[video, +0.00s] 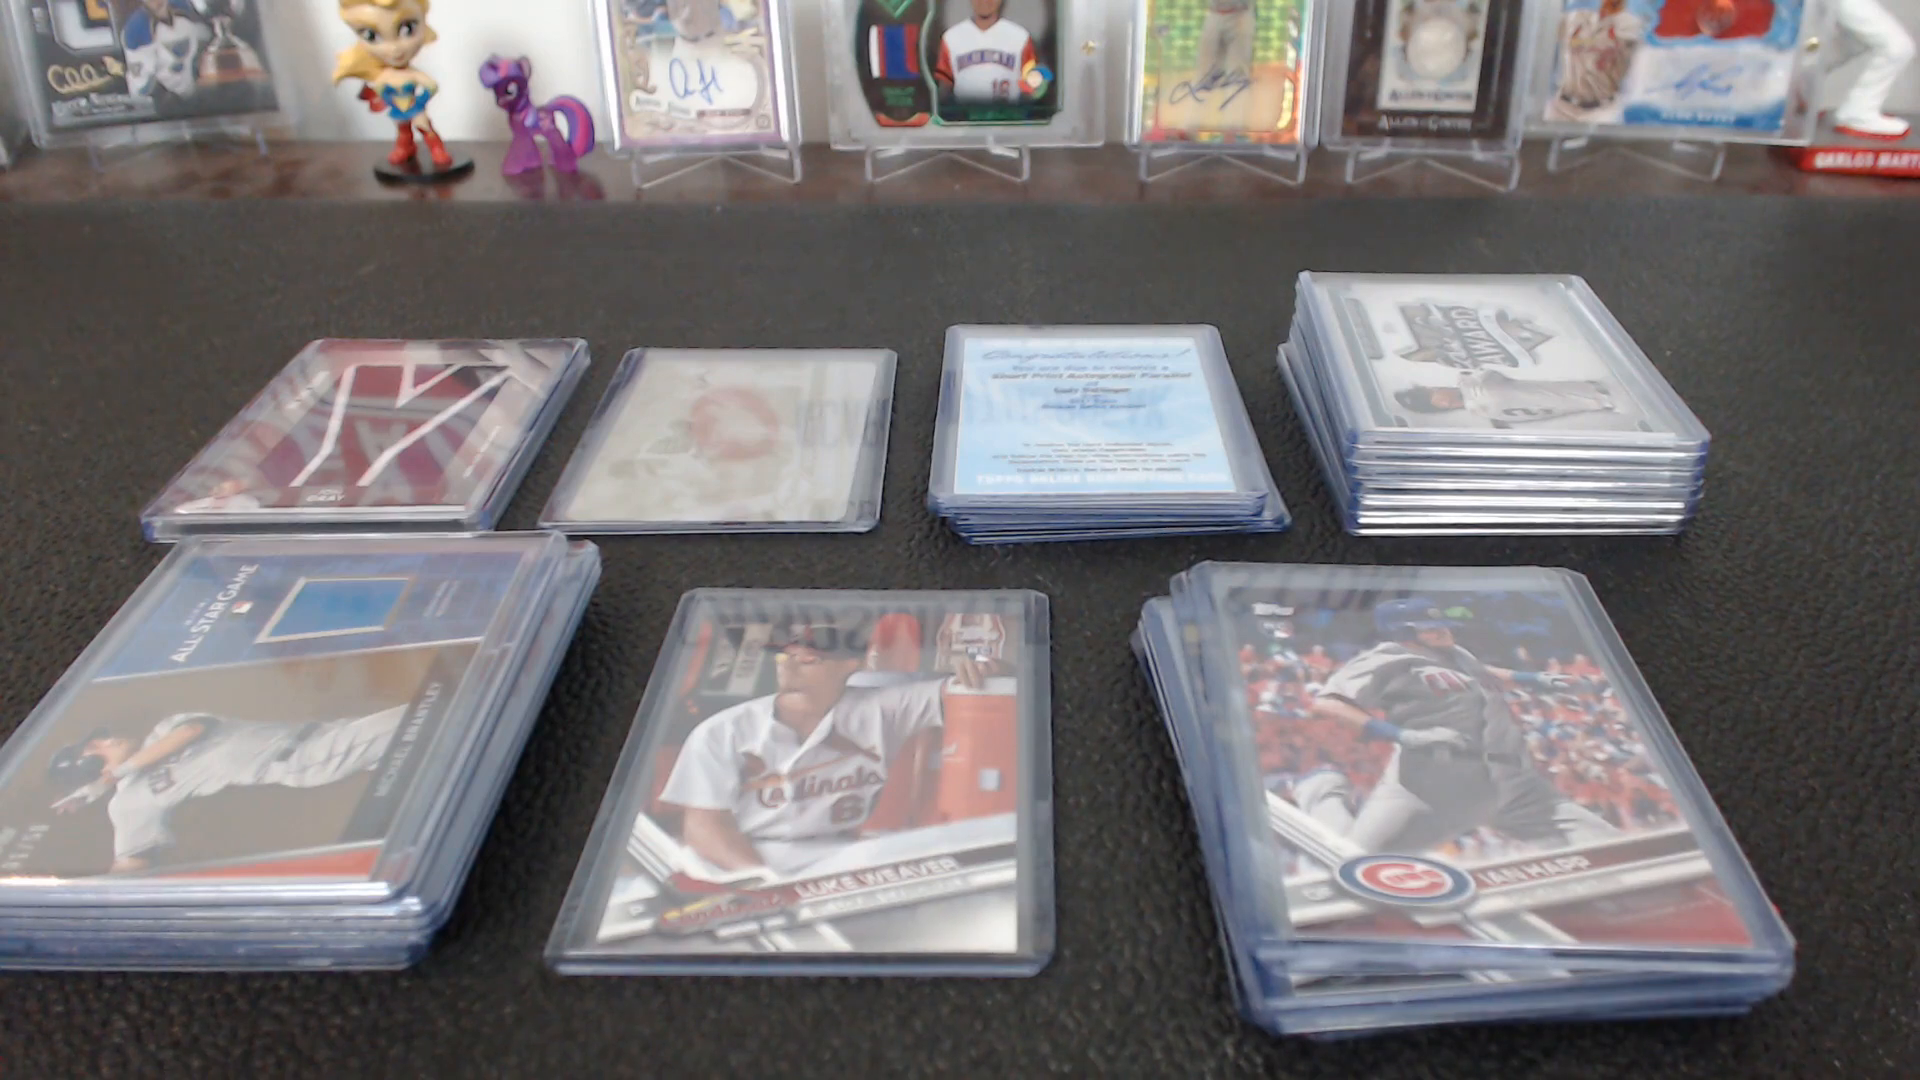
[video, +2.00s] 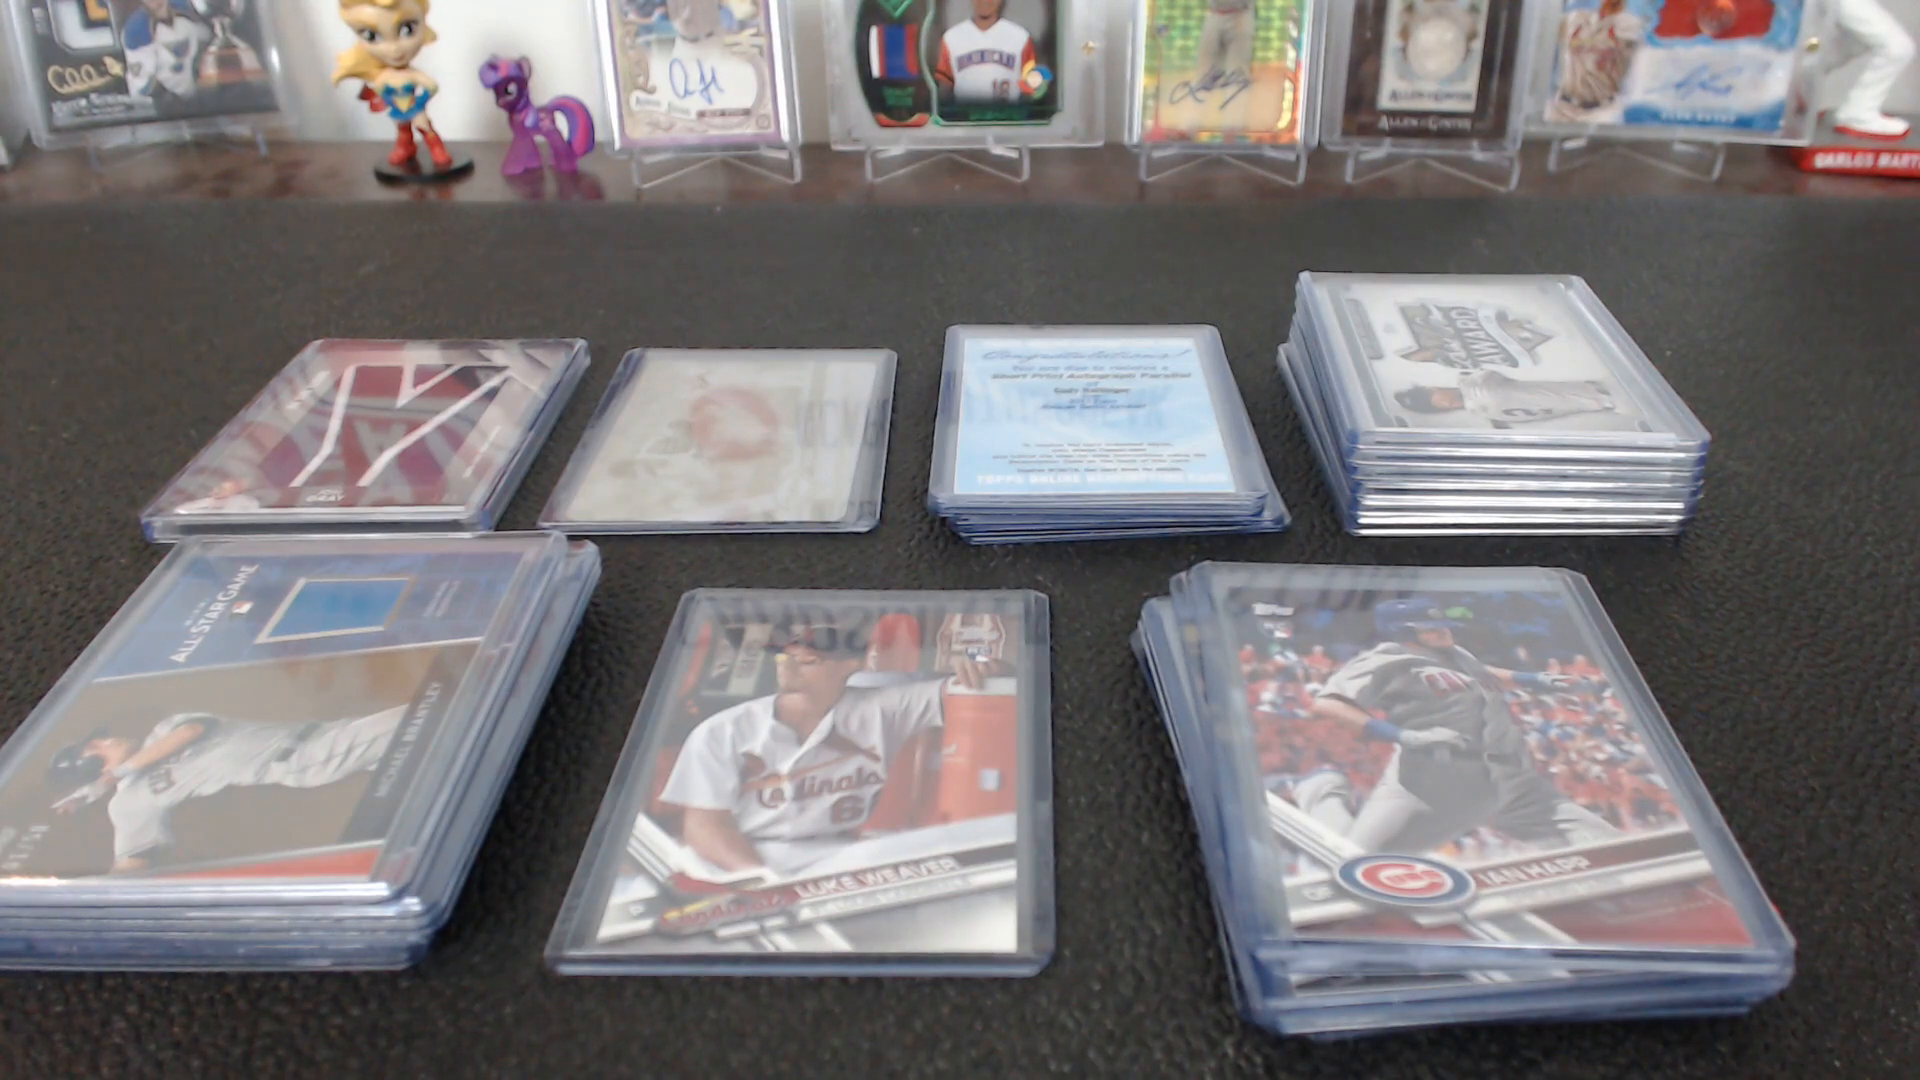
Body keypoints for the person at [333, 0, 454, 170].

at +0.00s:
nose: (393, 49)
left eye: (407, 29)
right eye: (371, 36)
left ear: (424, 26)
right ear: (358, 36)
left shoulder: (414, 75)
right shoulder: (378, 74)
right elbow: (369, 86)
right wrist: (375, 99)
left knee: (421, 121)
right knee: (401, 121)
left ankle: (436, 148)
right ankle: (405, 146)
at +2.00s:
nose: (394, 49)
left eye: (407, 30)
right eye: (371, 36)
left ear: (424, 27)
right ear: (358, 37)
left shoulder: (414, 74)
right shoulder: (377, 74)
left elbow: (427, 86)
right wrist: (375, 100)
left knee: (421, 121)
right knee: (401, 121)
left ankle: (436, 148)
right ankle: (405, 146)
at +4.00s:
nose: (394, 50)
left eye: (407, 30)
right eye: (371, 36)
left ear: (424, 27)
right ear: (358, 37)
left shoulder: (414, 75)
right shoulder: (378, 74)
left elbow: (426, 86)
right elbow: (369, 88)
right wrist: (375, 101)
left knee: (421, 121)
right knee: (401, 121)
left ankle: (436, 148)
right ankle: (405, 147)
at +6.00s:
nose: (394, 50)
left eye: (407, 30)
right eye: (372, 36)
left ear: (424, 29)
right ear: (359, 38)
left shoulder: (414, 75)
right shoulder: (379, 75)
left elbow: (427, 86)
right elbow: (370, 88)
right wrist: (374, 100)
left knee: (422, 123)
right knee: (401, 124)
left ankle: (437, 149)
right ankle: (405, 148)